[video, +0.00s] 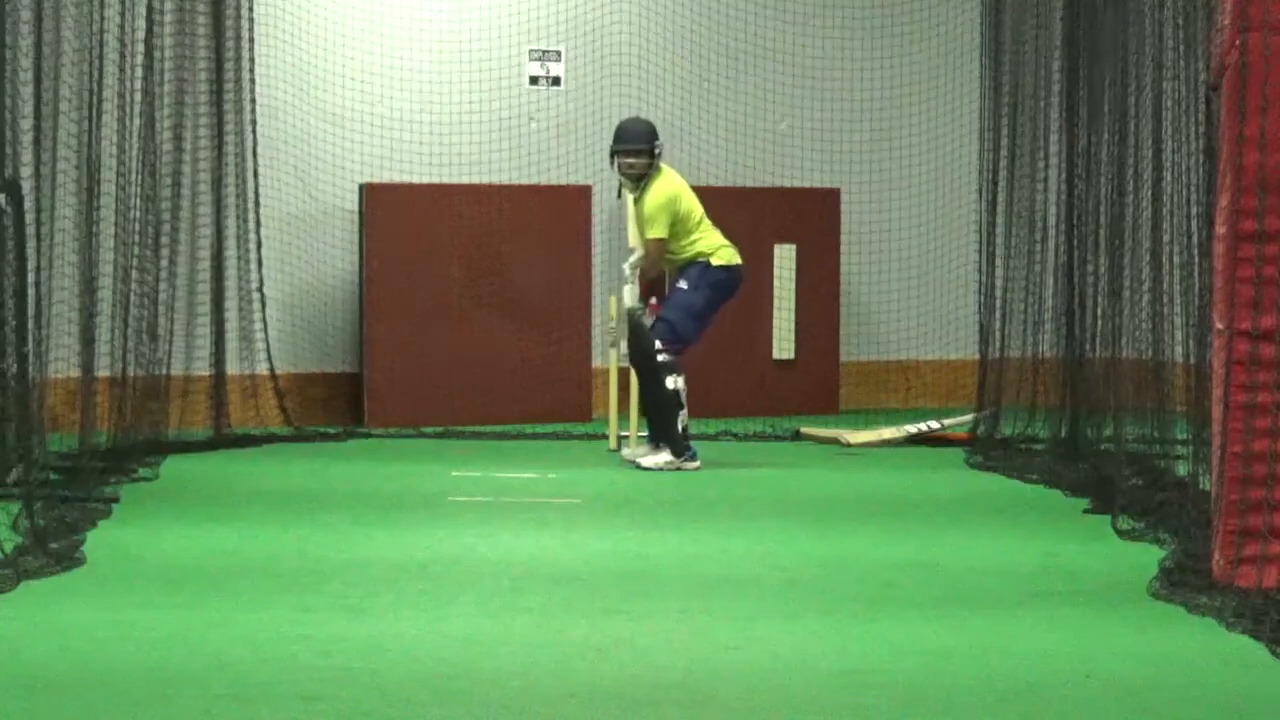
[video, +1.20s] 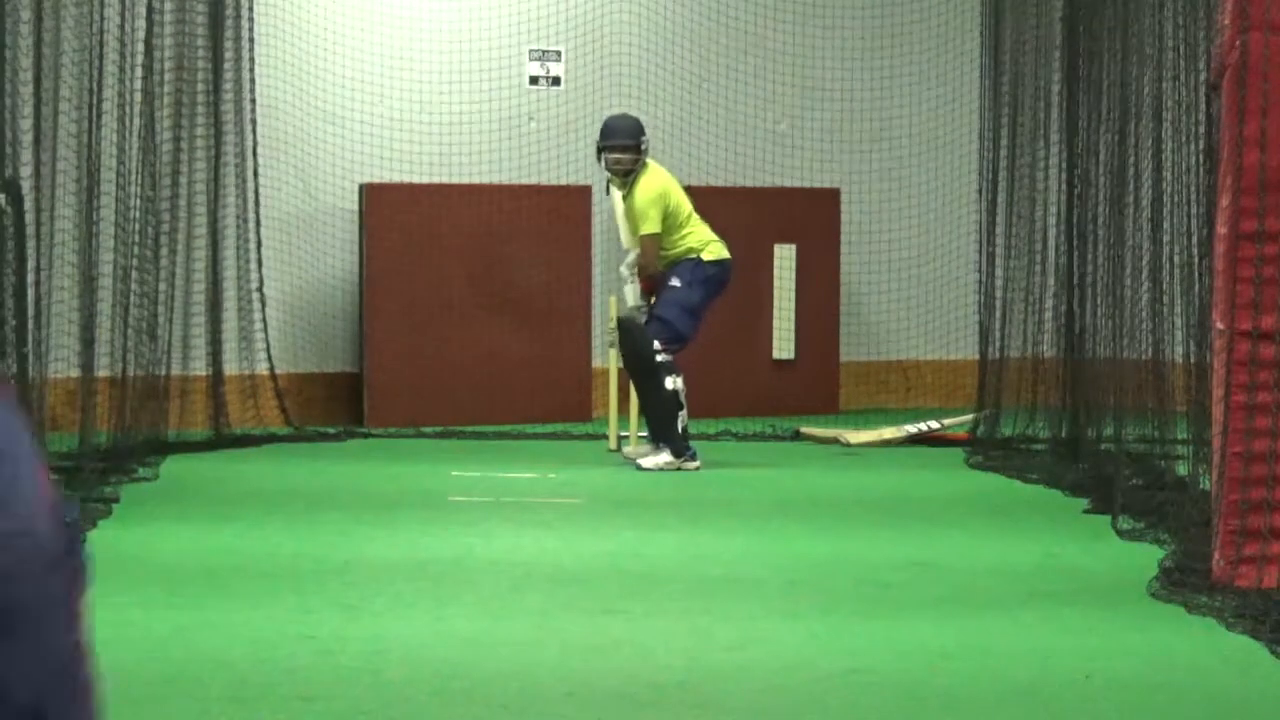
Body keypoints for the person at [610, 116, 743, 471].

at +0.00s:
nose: (631, 163)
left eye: (640, 155)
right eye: (624, 155)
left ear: (654, 156)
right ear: (614, 158)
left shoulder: (659, 193)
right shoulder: (637, 185)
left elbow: (654, 262)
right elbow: (644, 234)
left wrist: (637, 280)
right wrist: (641, 256)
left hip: (714, 264)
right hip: (692, 264)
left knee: (658, 346)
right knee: (648, 343)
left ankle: (677, 449)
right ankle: (661, 442)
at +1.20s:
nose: (619, 159)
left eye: (628, 151)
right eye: (612, 151)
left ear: (641, 152)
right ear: (601, 154)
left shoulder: (648, 188)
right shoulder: (621, 182)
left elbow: (649, 263)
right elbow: (636, 231)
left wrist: (642, 279)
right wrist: (635, 259)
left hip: (703, 260)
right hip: (678, 261)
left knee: (653, 344)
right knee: (641, 342)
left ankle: (678, 449)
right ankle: (661, 440)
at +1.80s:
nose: (602, 188)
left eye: (608, 179)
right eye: (593, 181)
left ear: (621, 170)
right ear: (582, 176)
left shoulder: (639, 166)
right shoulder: (582, 206)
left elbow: (660, 168)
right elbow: (611, 248)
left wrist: (643, 222)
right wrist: (624, 257)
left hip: (675, 254)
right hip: (635, 266)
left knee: (650, 339)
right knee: (619, 344)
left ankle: (623, 442)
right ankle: (663, 437)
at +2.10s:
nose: (607, 174)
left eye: (614, 166)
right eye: (598, 169)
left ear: (626, 151)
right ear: (584, 159)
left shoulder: (646, 151)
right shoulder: (580, 187)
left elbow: (690, 162)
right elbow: (614, 234)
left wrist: (690, 220)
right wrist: (655, 254)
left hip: (662, 255)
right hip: (613, 260)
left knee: (648, 345)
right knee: (603, 345)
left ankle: (633, 438)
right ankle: (616, 421)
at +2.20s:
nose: (611, 173)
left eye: (617, 165)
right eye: (601, 167)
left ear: (629, 150)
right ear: (587, 157)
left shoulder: (648, 150)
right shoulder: (579, 184)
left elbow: (698, 166)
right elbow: (612, 237)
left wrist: (695, 225)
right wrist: (652, 256)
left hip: (660, 255)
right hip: (608, 260)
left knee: (646, 349)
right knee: (587, 340)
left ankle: (633, 441)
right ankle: (600, 424)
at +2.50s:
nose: (609, 149)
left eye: (615, 140)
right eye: (600, 142)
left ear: (625, 131)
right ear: (584, 139)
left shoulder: (646, 143)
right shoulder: (573, 170)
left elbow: (703, 161)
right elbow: (598, 229)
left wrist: (699, 205)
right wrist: (640, 240)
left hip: (646, 256)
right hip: (598, 260)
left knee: (640, 345)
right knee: (583, 341)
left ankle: (632, 441)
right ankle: (573, 437)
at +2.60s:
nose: (604, 141)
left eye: (610, 132)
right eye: (595, 135)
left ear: (620, 125)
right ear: (578, 132)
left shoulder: (640, 140)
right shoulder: (567, 167)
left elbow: (700, 155)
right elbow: (591, 229)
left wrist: (694, 198)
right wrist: (639, 234)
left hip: (640, 257)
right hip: (590, 261)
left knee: (639, 344)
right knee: (581, 344)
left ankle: (632, 440)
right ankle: (576, 442)